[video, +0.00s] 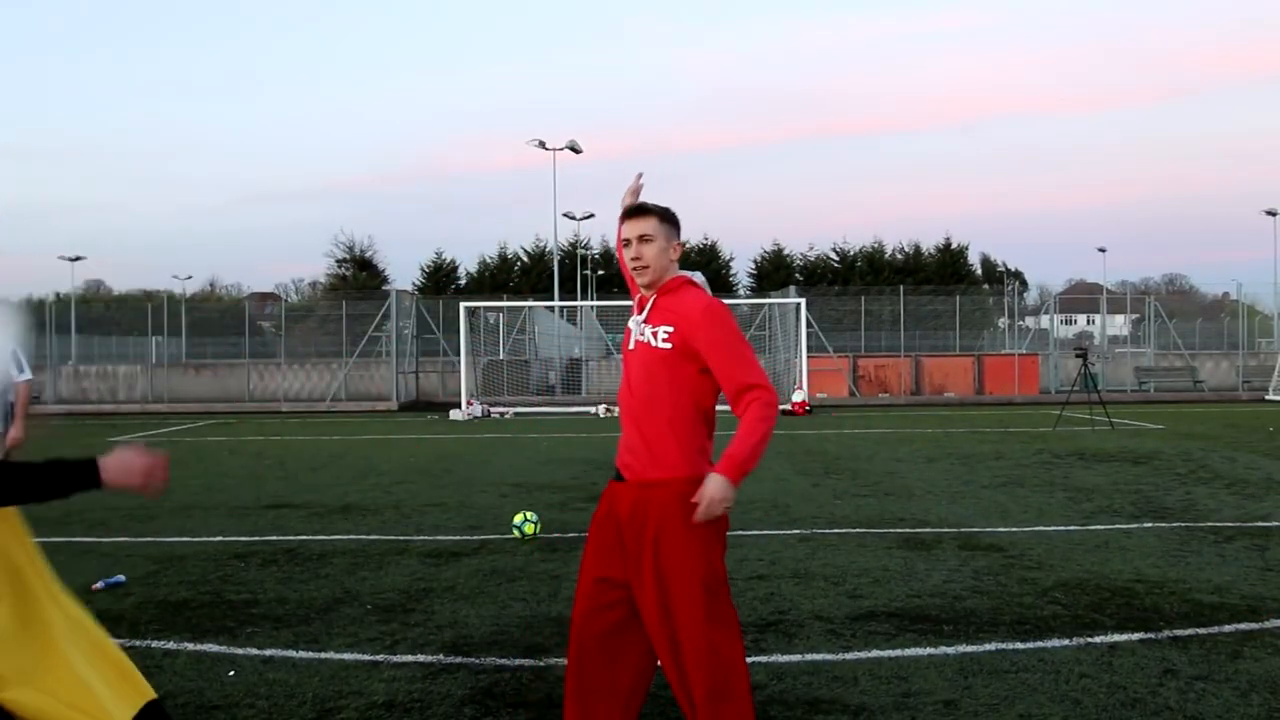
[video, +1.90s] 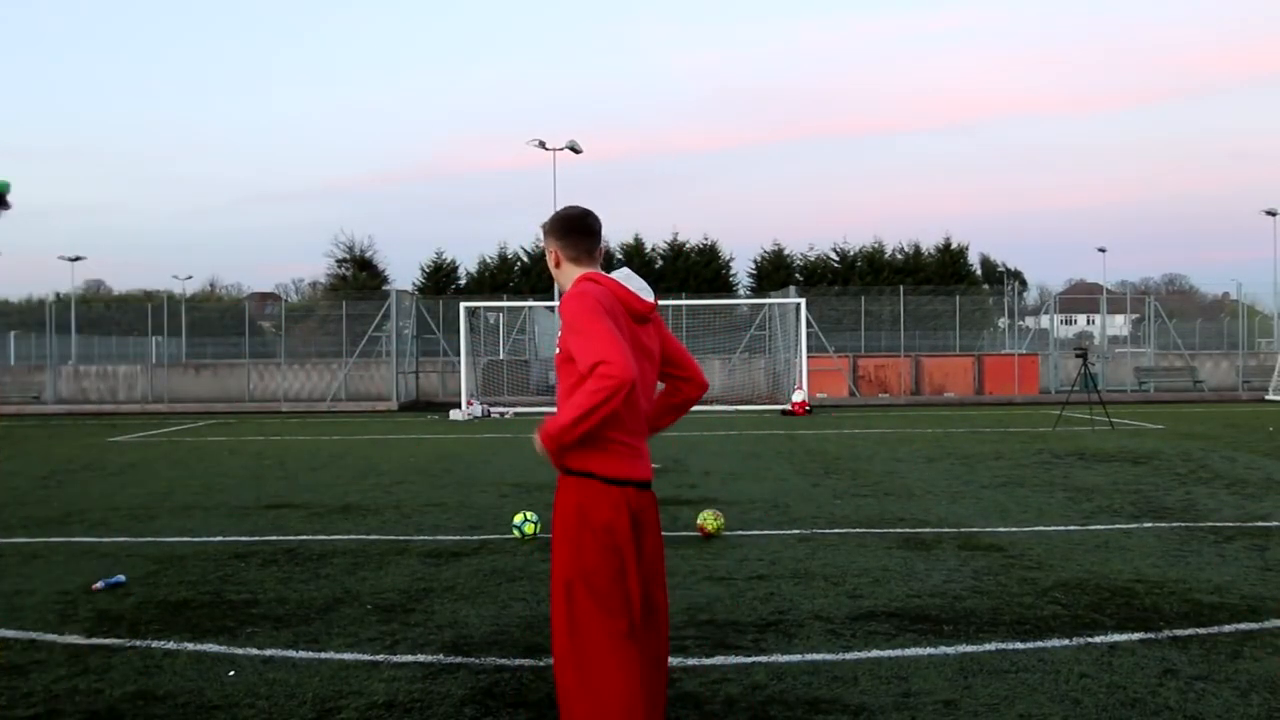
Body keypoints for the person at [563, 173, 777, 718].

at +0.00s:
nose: (634, 253)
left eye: (645, 241)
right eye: (627, 245)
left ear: (675, 248)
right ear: (626, 256)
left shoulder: (698, 308)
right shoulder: (647, 303)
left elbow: (759, 400)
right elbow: (629, 263)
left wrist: (728, 475)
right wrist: (625, 218)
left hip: (679, 505)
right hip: (624, 501)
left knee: (703, 655)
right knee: (596, 646)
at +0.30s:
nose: (596, 256)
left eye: (606, 243)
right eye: (587, 248)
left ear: (635, 249)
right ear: (583, 258)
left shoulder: (666, 305)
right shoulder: (601, 304)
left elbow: (716, 398)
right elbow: (576, 273)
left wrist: (707, 484)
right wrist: (593, 242)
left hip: (647, 491)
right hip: (592, 490)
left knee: (658, 634)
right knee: (585, 637)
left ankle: (694, 715)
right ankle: (588, 717)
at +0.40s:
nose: (587, 256)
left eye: (598, 244)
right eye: (579, 248)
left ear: (626, 249)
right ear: (578, 257)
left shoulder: (658, 304)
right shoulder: (594, 306)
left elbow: (709, 394)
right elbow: (575, 303)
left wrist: (709, 481)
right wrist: (557, 286)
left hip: (639, 488)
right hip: (586, 488)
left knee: (634, 627)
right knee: (578, 634)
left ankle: (686, 714)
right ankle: (587, 717)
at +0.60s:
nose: (571, 255)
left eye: (582, 244)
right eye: (563, 248)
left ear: (611, 250)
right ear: (560, 257)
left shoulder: (644, 303)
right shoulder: (578, 311)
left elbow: (697, 390)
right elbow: (553, 337)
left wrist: (707, 478)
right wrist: (530, 349)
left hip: (627, 484)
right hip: (580, 485)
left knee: (608, 624)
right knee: (571, 627)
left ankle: (651, 715)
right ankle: (583, 717)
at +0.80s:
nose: (559, 257)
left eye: (570, 245)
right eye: (553, 249)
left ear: (601, 251)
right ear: (551, 258)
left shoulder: (635, 304)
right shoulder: (575, 311)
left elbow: (693, 391)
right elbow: (560, 369)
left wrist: (690, 476)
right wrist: (538, 402)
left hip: (620, 486)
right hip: (578, 486)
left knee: (612, 628)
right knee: (577, 626)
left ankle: (623, 715)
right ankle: (586, 713)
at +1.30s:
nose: (535, 269)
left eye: (536, 256)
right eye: (533, 258)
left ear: (562, 254)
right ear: (578, 252)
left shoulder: (608, 306)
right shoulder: (592, 306)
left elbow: (676, 397)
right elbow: (632, 398)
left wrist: (615, 471)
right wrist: (587, 461)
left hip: (606, 503)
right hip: (589, 500)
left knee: (605, 648)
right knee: (584, 644)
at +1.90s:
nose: (547, 265)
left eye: (545, 256)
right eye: (545, 258)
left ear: (552, 255)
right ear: (602, 253)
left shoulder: (580, 297)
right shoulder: (635, 303)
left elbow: (613, 373)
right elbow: (689, 382)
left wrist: (553, 433)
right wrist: (635, 425)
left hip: (593, 493)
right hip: (636, 493)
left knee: (594, 634)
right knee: (639, 629)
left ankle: (602, 715)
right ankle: (639, 713)